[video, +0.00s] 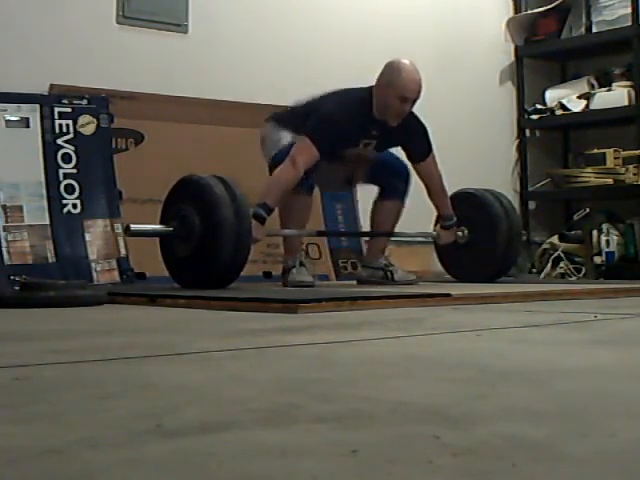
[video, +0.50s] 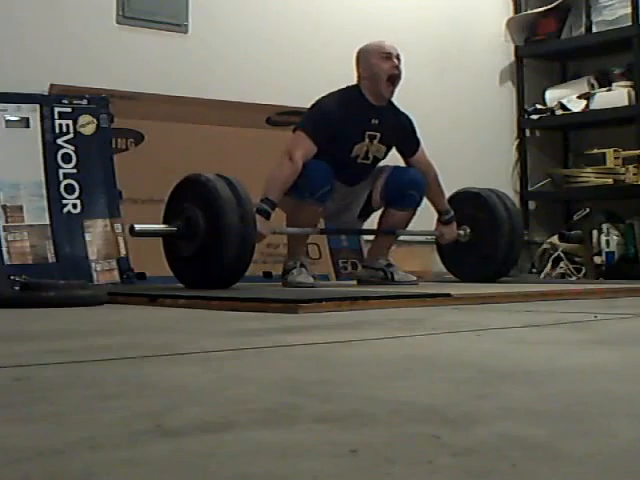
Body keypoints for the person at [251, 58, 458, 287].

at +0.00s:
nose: (405, 109)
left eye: (412, 103)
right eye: (401, 100)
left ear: (417, 100)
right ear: (380, 88)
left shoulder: (410, 127)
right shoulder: (342, 110)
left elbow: (432, 177)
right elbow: (295, 163)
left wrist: (448, 220)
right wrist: (259, 215)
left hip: (337, 151)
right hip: (286, 134)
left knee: (396, 174)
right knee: (298, 173)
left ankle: (374, 263)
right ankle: (293, 266)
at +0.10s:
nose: (404, 105)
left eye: (410, 98)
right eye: (399, 95)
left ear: (415, 97)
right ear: (377, 87)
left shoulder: (410, 128)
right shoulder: (340, 112)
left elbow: (433, 176)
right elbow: (293, 159)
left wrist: (450, 220)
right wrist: (261, 213)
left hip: (345, 180)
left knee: (403, 175)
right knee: (307, 171)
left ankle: (374, 263)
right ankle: (293, 266)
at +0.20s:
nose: (399, 100)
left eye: (404, 92)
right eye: (394, 92)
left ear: (408, 88)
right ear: (373, 82)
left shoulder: (405, 127)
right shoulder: (336, 111)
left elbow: (429, 173)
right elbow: (293, 160)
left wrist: (449, 220)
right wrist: (262, 213)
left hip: (352, 192)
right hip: (314, 185)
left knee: (408, 179)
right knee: (307, 172)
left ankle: (375, 262)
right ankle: (293, 265)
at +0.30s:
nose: (398, 68)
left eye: (400, 62)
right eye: (389, 61)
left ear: (401, 71)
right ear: (365, 68)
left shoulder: (398, 122)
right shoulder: (332, 106)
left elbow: (425, 170)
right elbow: (292, 157)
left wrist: (447, 216)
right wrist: (263, 210)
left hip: (355, 192)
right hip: (314, 187)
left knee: (411, 181)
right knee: (310, 174)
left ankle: (375, 263)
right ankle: (293, 265)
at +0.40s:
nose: (395, 65)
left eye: (397, 59)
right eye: (385, 57)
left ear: (398, 69)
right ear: (360, 69)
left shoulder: (397, 122)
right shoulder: (331, 107)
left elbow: (424, 170)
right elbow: (292, 157)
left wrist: (446, 216)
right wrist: (263, 212)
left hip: (354, 194)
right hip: (310, 189)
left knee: (411, 182)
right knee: (313, 174)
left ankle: (376, 262)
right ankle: (294, 264)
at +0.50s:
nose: (397, 66)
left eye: (399, 60)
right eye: (387, 58)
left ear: (400, 70)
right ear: (362, 69)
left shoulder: (398, 122)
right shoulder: (332, 107)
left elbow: (425, 170)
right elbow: (293, 157)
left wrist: (447, 215)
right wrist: (264, 212)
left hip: (355, 193)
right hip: (310, 189)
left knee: (411, 181)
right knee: (316, 174)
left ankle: (376, 262)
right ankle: (295, 264)